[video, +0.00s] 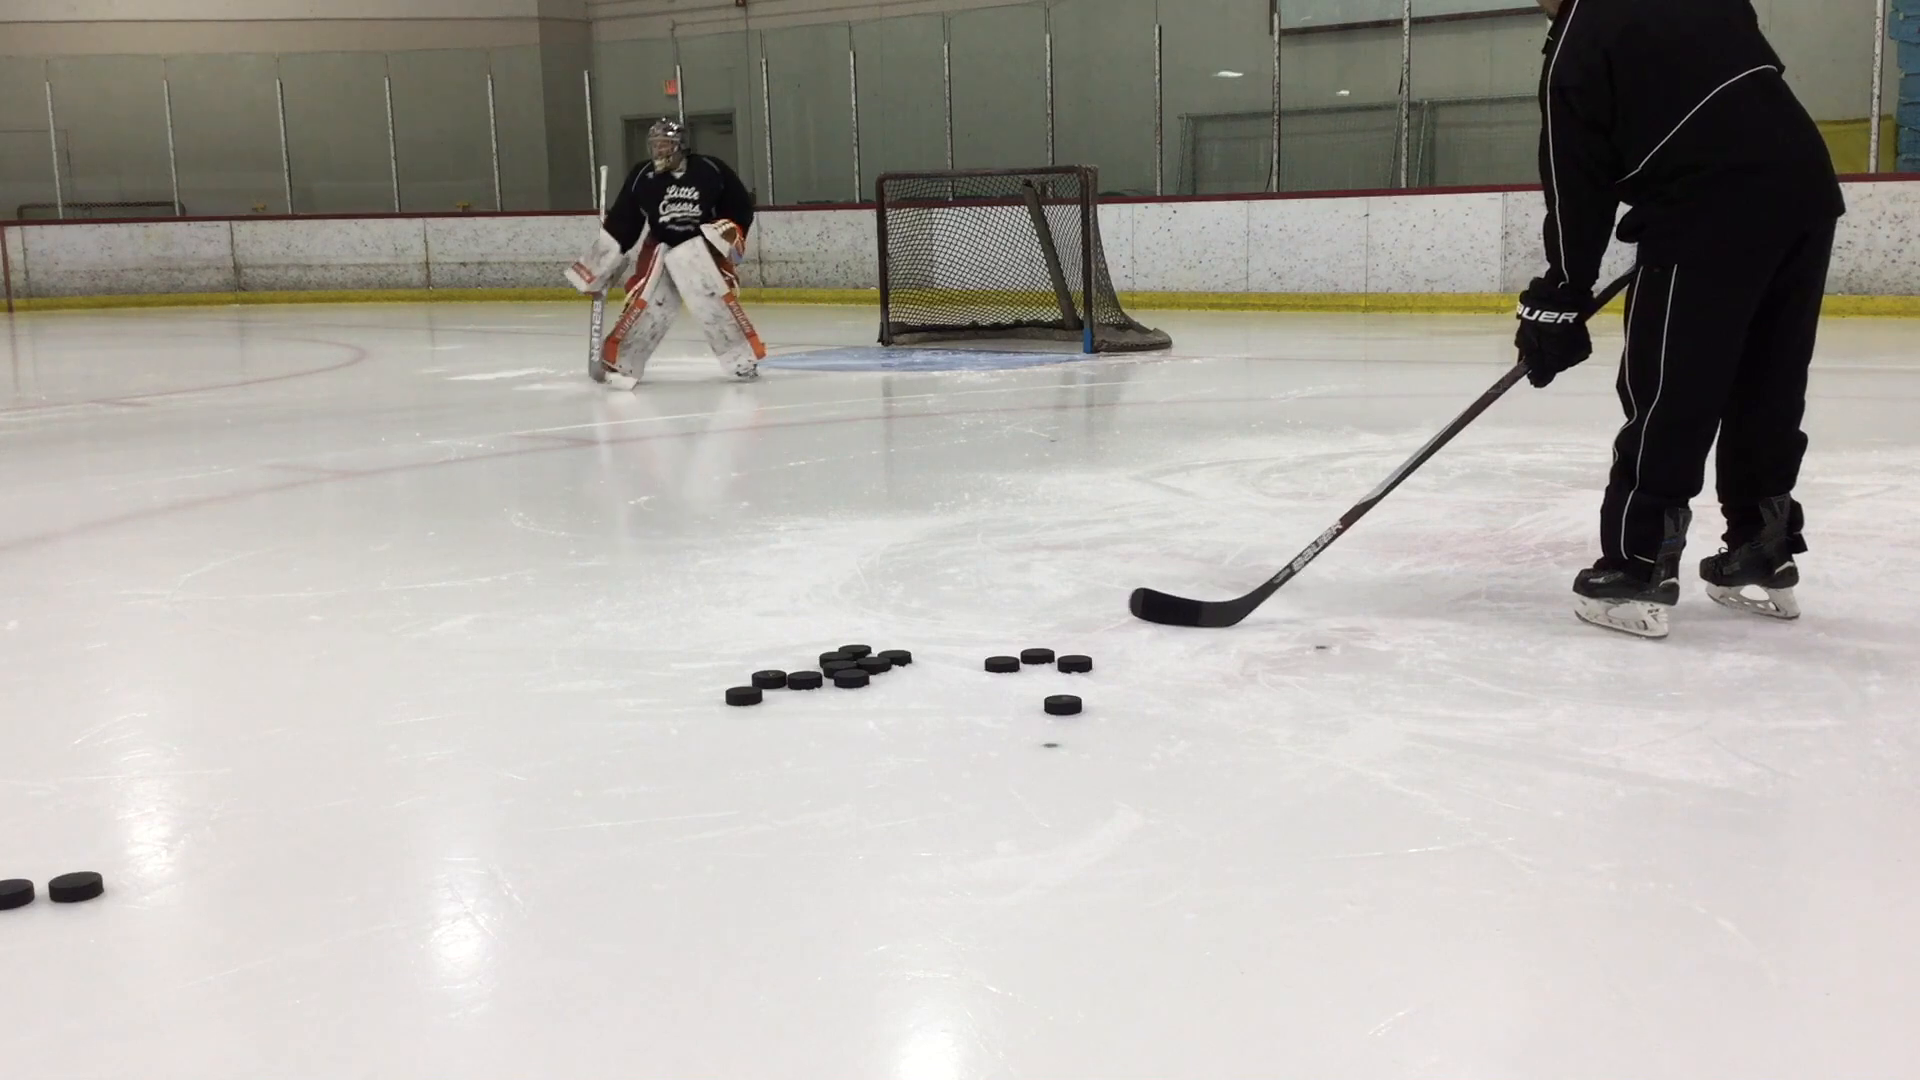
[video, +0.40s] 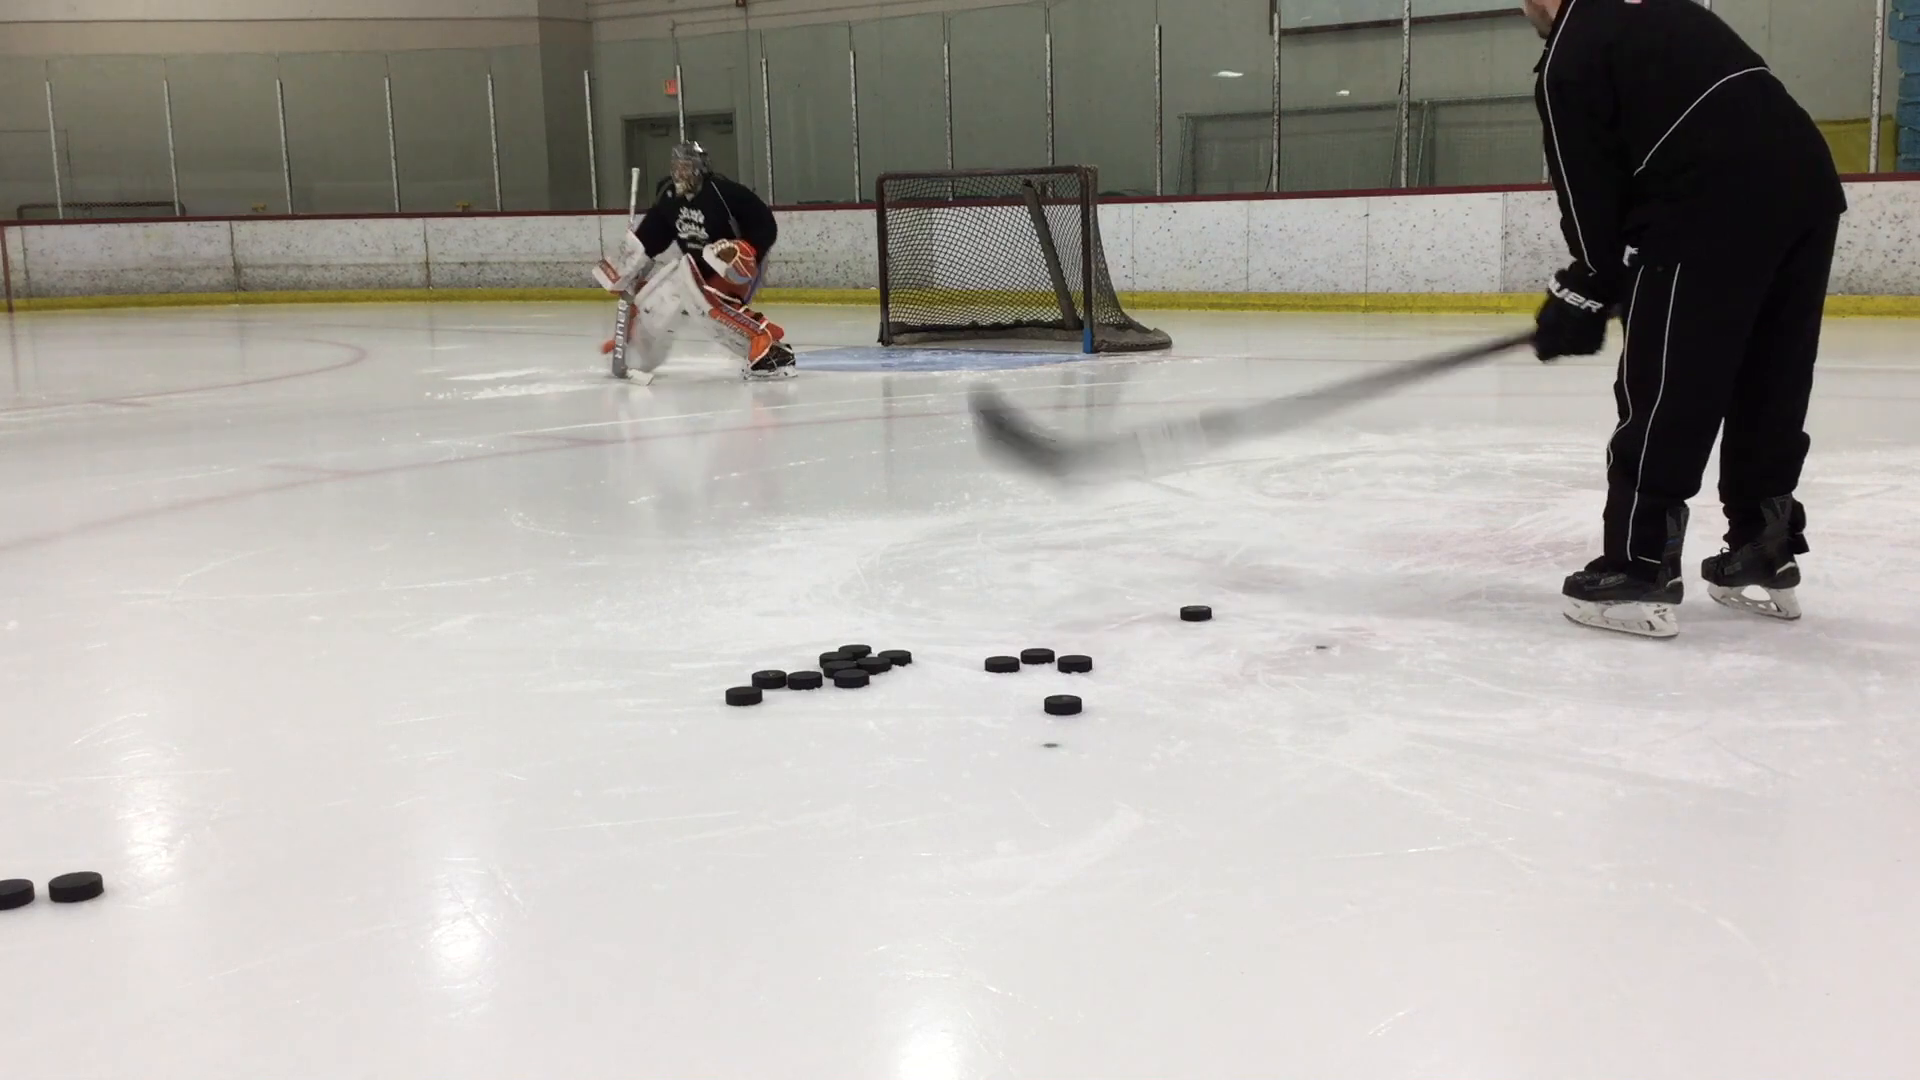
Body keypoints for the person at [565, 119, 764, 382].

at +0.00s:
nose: (659, 149)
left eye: (665, 144)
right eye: (655, 144)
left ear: (680, 145)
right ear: (650, 147)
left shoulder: (710, 170)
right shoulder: (643, 176)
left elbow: (741, 205)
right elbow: (622, 224)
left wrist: (728, 234)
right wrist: (598, 267)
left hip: (702, 250)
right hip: (661, 253)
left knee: (715, 306)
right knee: (646, 307)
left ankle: (741, 362)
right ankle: (621, 366)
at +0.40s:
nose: (680, 174)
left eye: (686, 168)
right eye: (676, 168)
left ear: (699, 169)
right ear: (672, 169)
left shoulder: (724, 191)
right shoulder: (670, 196)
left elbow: (765, 223)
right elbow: (653, 232)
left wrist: (746, 252)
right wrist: (627, 263)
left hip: (732, 266)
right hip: (692, 266)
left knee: (711, 306)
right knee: (654, 303)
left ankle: (769, 347)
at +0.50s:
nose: (694, 185)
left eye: (700, 179)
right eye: (690, 179)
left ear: (714, 181)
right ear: (684, 180)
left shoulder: (734, 202)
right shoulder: (683, 205)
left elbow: (776, 236)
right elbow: (661, 241)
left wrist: (755, 264)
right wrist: (636, 272)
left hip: (746, 269)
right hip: (704, 270)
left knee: (723, 306)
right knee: (672, 306)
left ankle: (781, 349)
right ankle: (666, 357)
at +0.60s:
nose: (712, 189)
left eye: (719, 184)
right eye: (709, 183)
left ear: (731, 185)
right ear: (703, 184)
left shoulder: (749, 207)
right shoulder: (699, 207)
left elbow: (790, 241)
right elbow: (679, 243)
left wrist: (773, 269)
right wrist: (657, 270)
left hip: (752, 282)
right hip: (715, 282)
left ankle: (808, 355)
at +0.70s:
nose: (736, 196)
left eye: (742, 190)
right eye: (732, 190)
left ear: (754, 192)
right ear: (726, 192)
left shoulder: (774, 218)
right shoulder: (720, 219)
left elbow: (810, 253)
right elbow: (696, 252)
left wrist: (789, 277)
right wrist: (675, 277)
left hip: (775, 305)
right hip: (741, 308)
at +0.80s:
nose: (753, 202)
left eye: (760, 197)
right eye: (749, 196)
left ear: (773, 199)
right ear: (744, 198)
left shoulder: (790, 226)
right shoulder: (741, 224)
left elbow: (821, 266)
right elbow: (718, 255)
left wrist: (799, 292)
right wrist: (698, 280)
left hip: (789, 313)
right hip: (751, 310)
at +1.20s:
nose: (839, 203)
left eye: (844, 199)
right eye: (834, 198)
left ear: (851, 201)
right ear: (824, 200)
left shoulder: (864, 228)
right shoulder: (810, 222)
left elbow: (893, 258)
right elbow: (777, 248)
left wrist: (898, 279)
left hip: (857, 300)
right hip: (817, 299)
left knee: (883, 314)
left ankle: (846, 321)